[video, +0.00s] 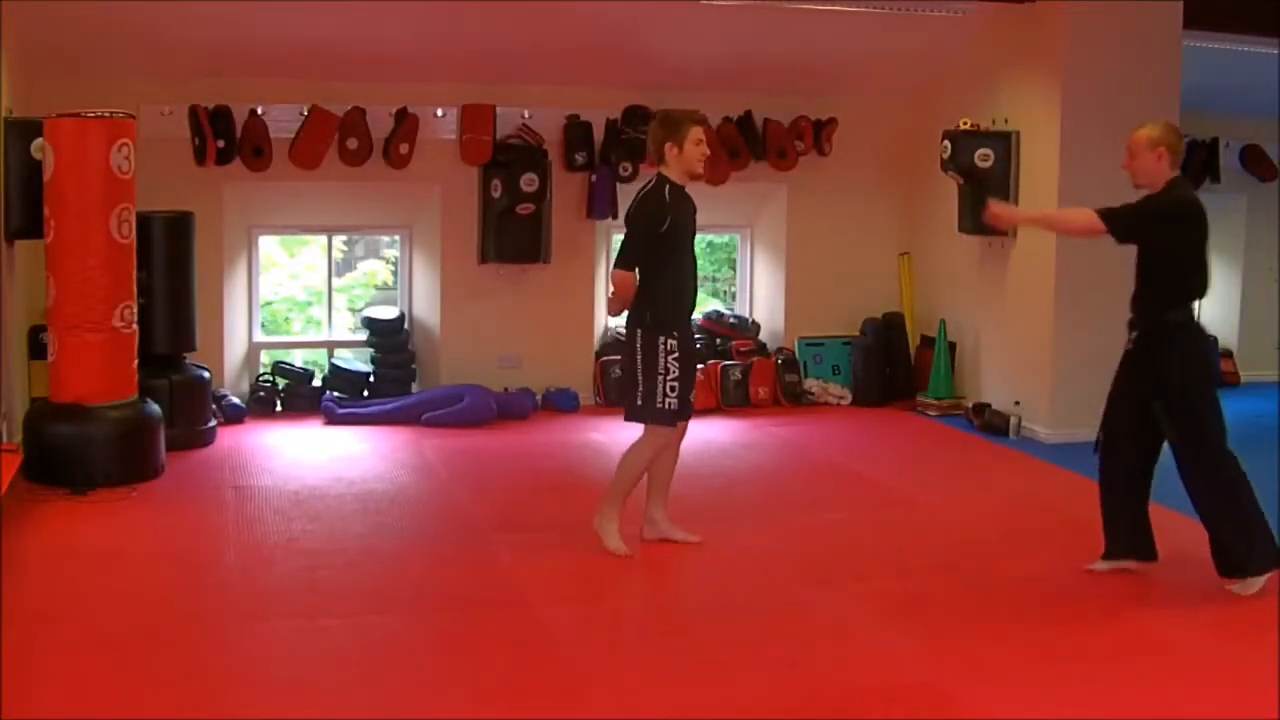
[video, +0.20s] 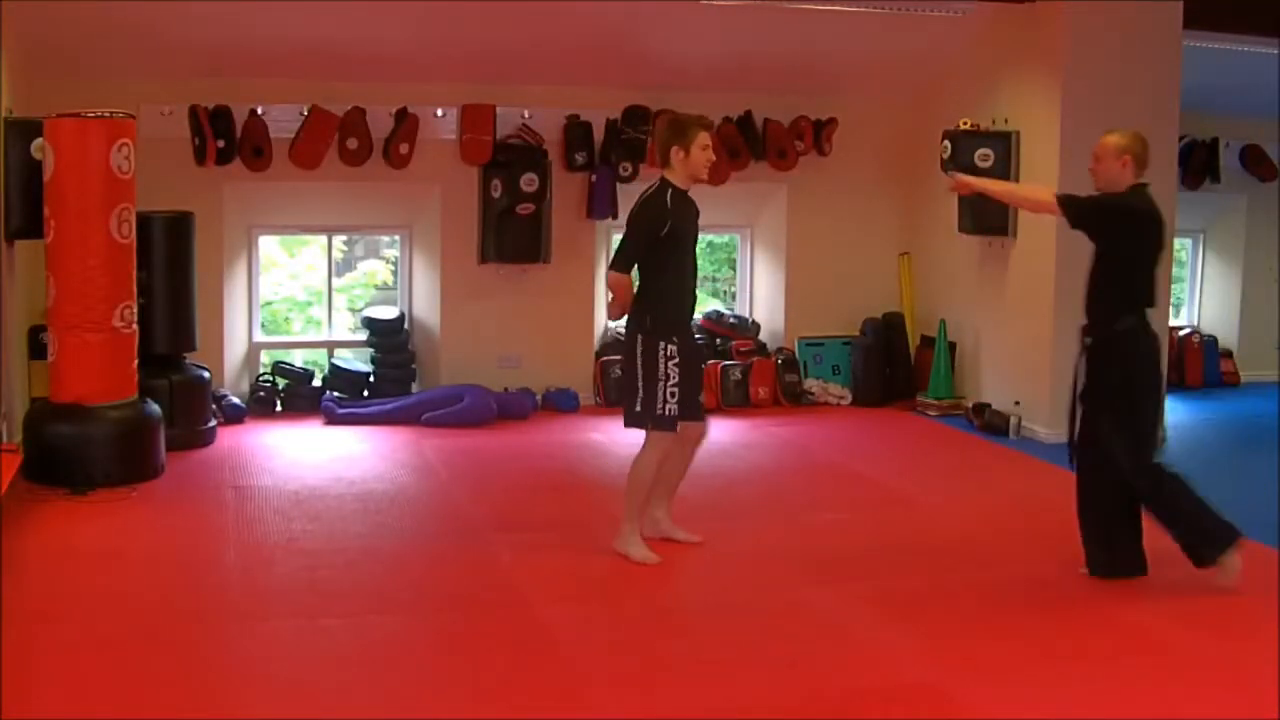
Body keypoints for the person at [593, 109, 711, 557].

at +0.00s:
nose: (706, 151)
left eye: (706, 144)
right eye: (698, 144)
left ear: (683, 151)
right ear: (670, 149)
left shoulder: (682, 199)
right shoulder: (653, 196)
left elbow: (667, 268)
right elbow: (623, 272)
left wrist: (628, 299)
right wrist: (623, 305)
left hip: (678, 326)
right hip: (654, 326)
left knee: (675, 426)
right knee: (659, 430)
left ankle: (657, 517)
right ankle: (607, 514)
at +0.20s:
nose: (711, 157)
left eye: (712, 149)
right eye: (704, 149)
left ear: (686, 155)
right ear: (677, 153)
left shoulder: (686, 203)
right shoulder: (657, 200)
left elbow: (667, 271)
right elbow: (617, 274)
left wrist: (631, 301)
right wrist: (624, 305)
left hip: (678, 331)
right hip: (654, 332)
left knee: (691, 428)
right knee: (660, 436)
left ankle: (658, 517)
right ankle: (628, 532)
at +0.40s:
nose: (726, 160)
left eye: (726, 152)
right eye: (719, 151)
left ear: (699, 155)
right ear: (692, 153)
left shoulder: (691, 202)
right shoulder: (664, 199)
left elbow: (666, 265)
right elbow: (621, 269)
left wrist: (629, 296)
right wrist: (622, 301)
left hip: (679, 329)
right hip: (653, 331)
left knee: (712, 414)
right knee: (658, 434)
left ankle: (682, 501)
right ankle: (629, 533)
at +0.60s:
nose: (748, 194)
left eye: (749, 186)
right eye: (745, 185)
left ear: (721, 183)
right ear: (719, 182)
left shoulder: (703, 226)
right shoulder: (681, 226)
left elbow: (662, 285)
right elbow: (636, 289)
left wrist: (628, 317)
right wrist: (623, 321)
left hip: (679, 345)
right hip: (654, 347)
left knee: (713, 427)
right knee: (682, 446)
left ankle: (685, 509)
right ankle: (628, 526)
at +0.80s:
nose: (777, 267)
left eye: (778, 259)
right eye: (774, 257)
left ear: (745, 254)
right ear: (749, 254)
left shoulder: (715, 283)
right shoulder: (700, 285)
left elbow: (660, 322)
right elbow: (636, 327)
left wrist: (613, 341)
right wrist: (604, 351)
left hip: (662, 370)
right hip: (640, 371)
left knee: (720, 429)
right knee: (675, 467)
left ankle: (684, 508)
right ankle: (607, 553)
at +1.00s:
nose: (774, 297)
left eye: (774, 288)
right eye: (770, 287)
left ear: (739, 285)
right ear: (743, 286)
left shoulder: (704, 302)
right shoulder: (681, 321)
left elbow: (653, 328)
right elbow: (617, 355)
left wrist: (617, 348)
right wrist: (587, 365)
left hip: (653, 382)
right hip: (619, 388)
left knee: (690, 452)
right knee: (662, 481)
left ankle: (683, 512)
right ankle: (603, 578)